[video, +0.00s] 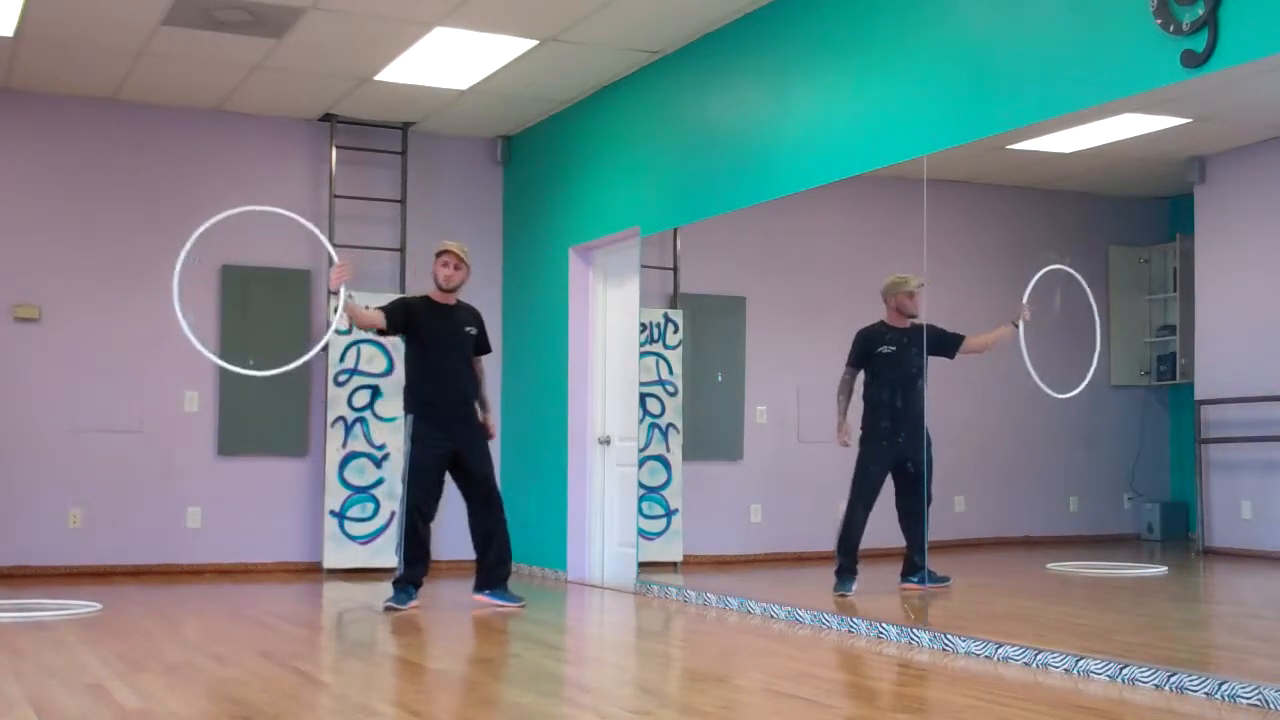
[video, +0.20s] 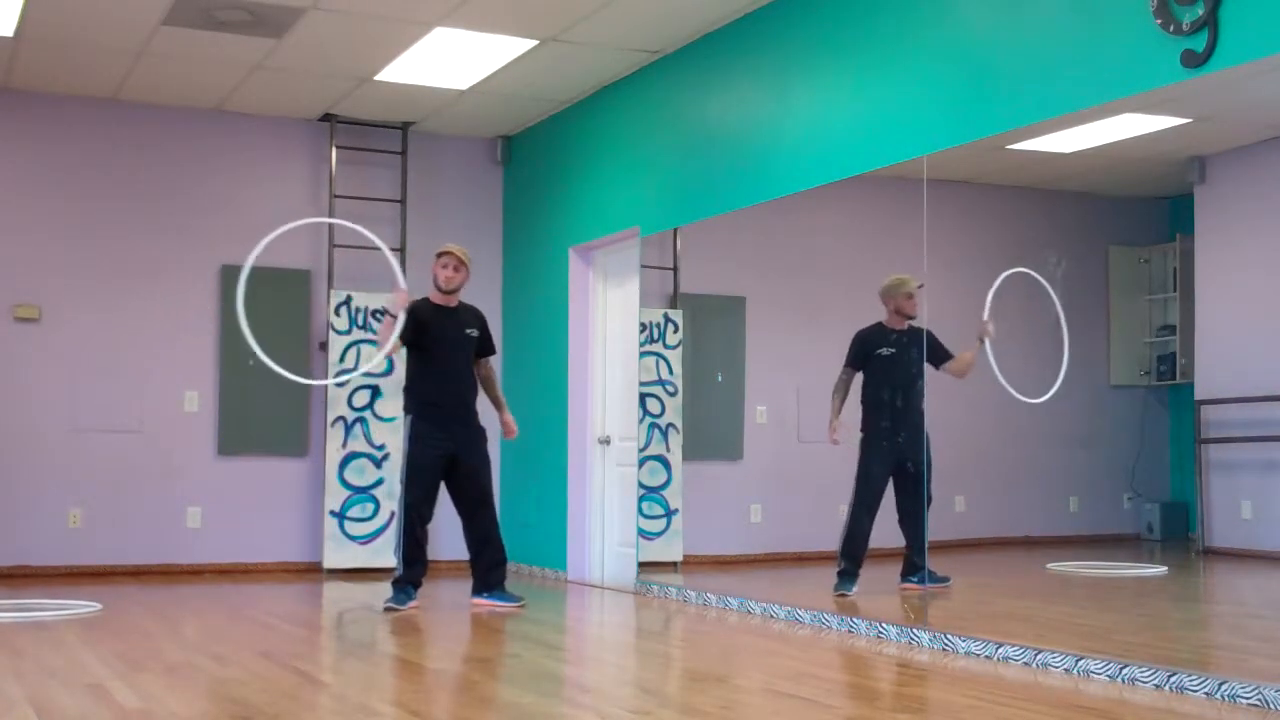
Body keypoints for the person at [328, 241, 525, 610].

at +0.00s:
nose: (449, 270)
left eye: (457, 266)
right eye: (444, 264)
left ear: (465, 275)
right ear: (433, 270)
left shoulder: (470, 316)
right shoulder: (412, 307)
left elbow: (476, 368)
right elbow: (367, 319)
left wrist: (485, 412)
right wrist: (340, 293)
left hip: (467, 423)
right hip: (427, 423)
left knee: (486, 501)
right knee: (418, 505)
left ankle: (491, 584)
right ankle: (407, 585)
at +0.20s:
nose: (450, 272)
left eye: (458, 268)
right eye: (444, 266)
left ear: (466, 277)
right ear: (433, 272)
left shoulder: (473, 317)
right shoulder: (417, 312)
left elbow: (484, 369)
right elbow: (386, 347)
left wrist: (503, 411)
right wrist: (394, 312)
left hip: (466, 426)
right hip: (425, 426)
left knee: (480, 508)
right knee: (415, 509)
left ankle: (488, 586)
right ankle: (406, 586)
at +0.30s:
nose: (441, 272)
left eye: (448, 268)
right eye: (436, 267)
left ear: (460, 276)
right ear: (427, 274)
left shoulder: (472, 315)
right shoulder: (411, 314)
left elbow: (486, 364)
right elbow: (397, 360)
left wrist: (506, 406)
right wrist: (422, 331)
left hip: (468, 426)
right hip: (426, 427)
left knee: (480, 509)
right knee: (416, 510)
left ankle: (488, 586)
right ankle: (406, 586)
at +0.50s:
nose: (447, 274)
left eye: (454, 269)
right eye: (441, 268)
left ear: (463, 276)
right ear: (430, 274)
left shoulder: (478, 316)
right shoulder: (416, 317)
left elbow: (492, 364)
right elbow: (419, 366)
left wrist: (512, 401)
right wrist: (462, 358)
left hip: (474, 426)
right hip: (434, 427)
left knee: (487, 507)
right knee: (421, 508)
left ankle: (497, 586)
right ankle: (407, 586)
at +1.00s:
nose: (488, 276)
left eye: (494, 272)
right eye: (482, 269)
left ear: (497, 280)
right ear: (465, 273)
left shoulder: (496, 321)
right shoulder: (447, 311)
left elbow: (500, 374)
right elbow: (473, 351)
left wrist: (511, 418)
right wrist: (513, 380)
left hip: (487, 420)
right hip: (449, 419)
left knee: (493, 505)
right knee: (432, 503)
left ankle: (494, 585)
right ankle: (411, 584)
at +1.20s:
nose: (503, 277)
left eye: (508, 273)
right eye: (497, 270)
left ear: (512, 280)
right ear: (481, 273)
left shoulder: (516, 321)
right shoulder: (464, 308)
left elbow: (526, 376)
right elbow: (496, 336)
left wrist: (535, 420)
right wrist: (533, 357)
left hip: (503, 422)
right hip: (465, 420)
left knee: (501, 506)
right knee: (453, 502)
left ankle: (495, 585)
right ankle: (445, 581)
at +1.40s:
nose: (511, 276)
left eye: (515, 271)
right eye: (504, 269)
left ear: (519, 278)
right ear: (488, 272)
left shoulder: (527, 319)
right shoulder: (470, 306)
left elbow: (536, 373)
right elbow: (494, 317)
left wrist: (547, 418)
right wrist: (543, 305)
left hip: (521, 424)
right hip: (482, 423)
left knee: (524, 506)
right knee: (479, 502)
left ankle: (513, 580)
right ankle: (487, 579)